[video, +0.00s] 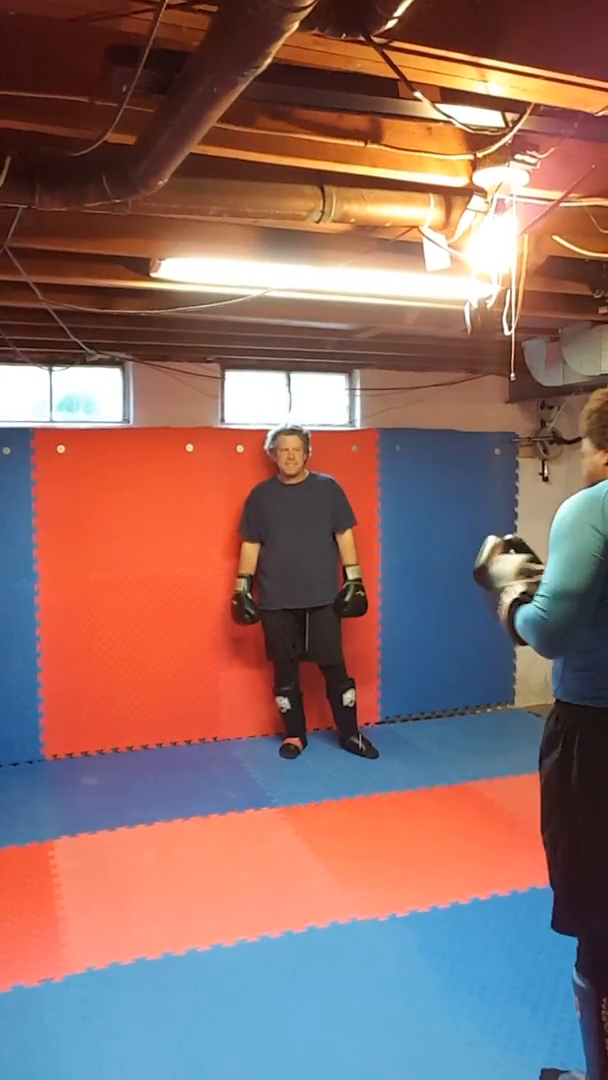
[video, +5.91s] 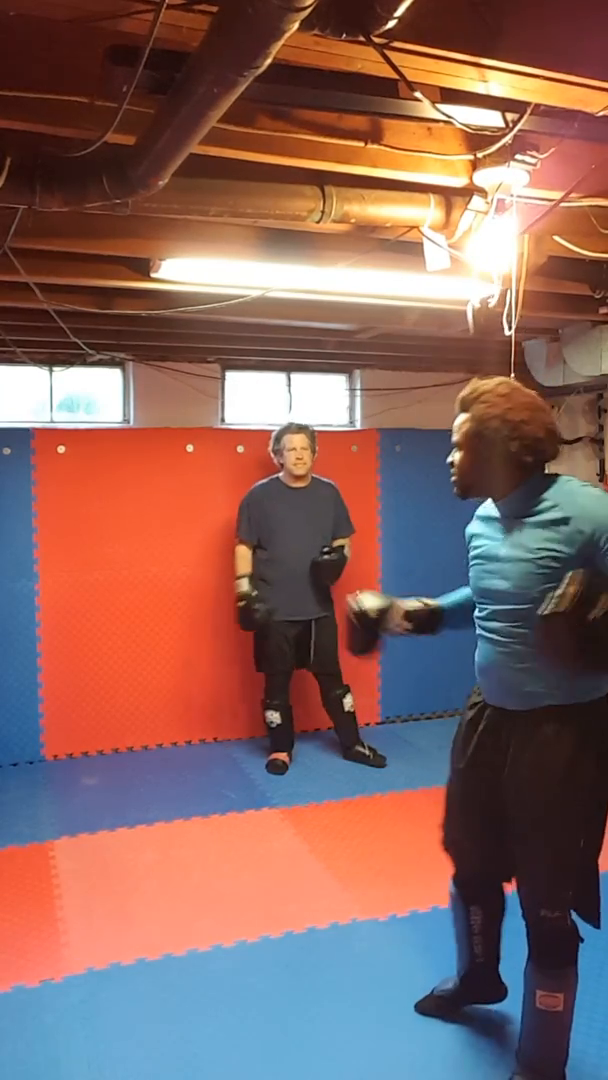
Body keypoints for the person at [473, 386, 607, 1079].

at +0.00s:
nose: (581, 455)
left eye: (585, 442)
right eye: (584, 442)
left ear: (599, 446)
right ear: (605, 446)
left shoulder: (591, 510)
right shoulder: (589, 512)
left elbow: (549, 630)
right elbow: (556, 626)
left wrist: (511, 586)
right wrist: (528, 581)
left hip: (595, 731)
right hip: (591, 727)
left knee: (596, 925)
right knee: (593, 919)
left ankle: (598, 1069)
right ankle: (596, 1065)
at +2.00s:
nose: (523, 479)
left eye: (531, 467)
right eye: (522, 467)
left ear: (567, 464)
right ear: (561, 466)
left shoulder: (591, 517)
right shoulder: (569, 515)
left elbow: (586, 626)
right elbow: (527, 572)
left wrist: (515, 613)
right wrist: (466, 553)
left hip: (584, 718)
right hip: (568, 708)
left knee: (562, 868)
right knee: (562, 854)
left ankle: (576, 1057)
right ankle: (575, 984)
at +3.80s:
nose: (520, 436)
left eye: (537, 427)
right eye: (516, 428)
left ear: (577, 442)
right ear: (508, 442)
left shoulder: (589, 494)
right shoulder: (499, 502)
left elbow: (597, 531)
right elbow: (423, 548)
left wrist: (568, 522)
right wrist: (419, 493)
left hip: (574, 710)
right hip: (510, 708)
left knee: (537, 880)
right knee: (497, 839)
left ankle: (542, 1065)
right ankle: (559, 965)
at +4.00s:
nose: (524, 439)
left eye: (538, 429)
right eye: (516, 429)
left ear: (566, 441)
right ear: (502, 442)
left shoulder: (589, 503)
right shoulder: (494, 498)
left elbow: (603, 517)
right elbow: (414, 515)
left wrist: (576, 434)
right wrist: (415, 456)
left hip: (570, 717)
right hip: (497, 710)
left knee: (542, 888)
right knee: (477, 843)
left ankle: (546, 1061)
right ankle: (503, 974)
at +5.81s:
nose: (460, 451)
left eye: (472, 438)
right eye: (463, 437)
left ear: (518, 445)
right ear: (498, 445)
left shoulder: (581, 510)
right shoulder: (481, 516)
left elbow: (598, 564)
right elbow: (447, 593)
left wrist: (596, 505)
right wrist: (380, 571)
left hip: (564, 727)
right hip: (486, 718)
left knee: (543, 901)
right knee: (455, 855)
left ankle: (542, 1067)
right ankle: (474, 973)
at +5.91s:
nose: (449, 459)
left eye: (461, 445)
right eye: (452, 445)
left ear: (509, 447)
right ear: (492, 449)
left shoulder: (588, 513)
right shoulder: (481, 522)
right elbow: (489, 598)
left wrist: (594, 609)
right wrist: (416, 612)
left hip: (568, 728)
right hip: (490, 719)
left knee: (548, 900)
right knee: (473, 860)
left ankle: (543, 1064)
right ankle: (478, 976)